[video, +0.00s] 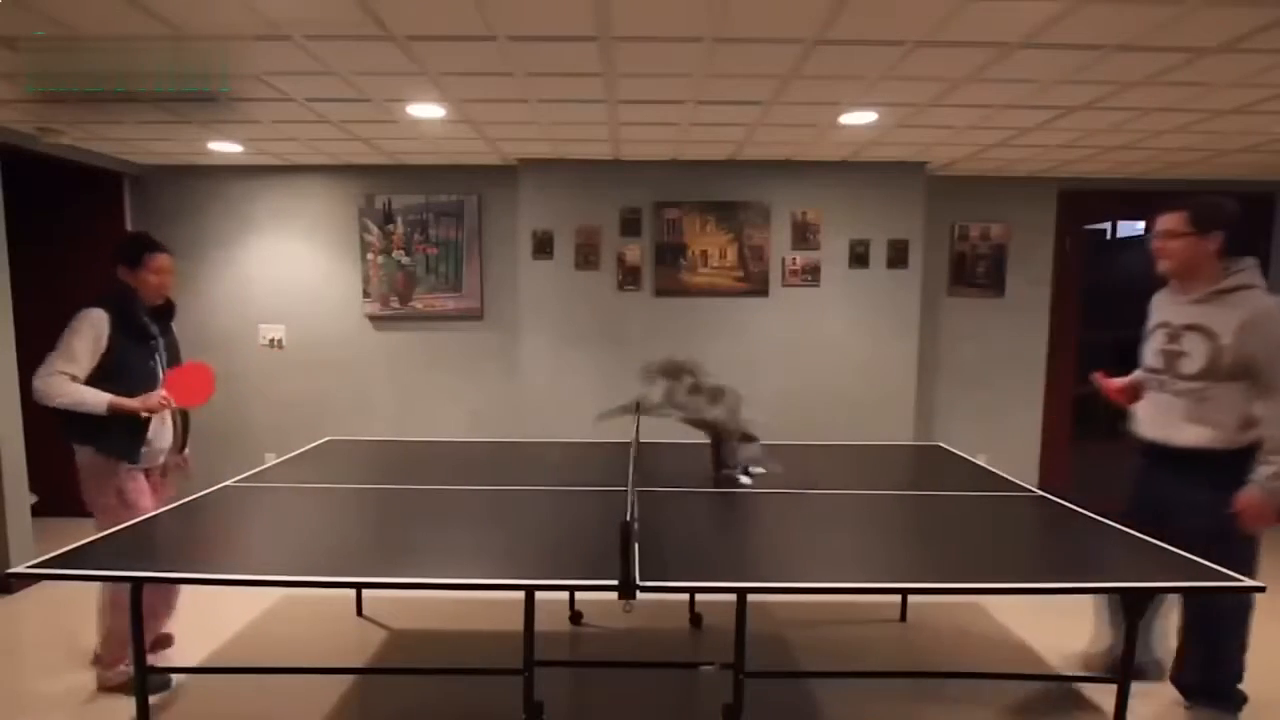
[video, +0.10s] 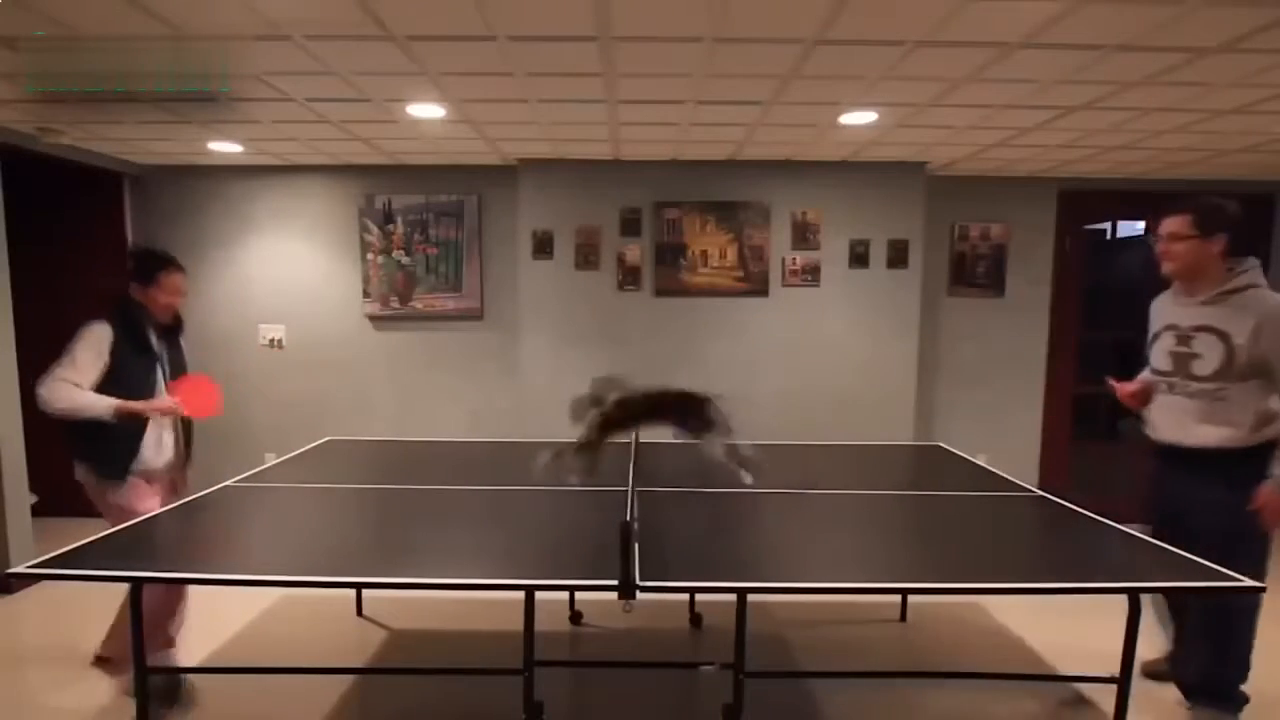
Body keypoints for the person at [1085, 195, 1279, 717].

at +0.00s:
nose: (1157, 246)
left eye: (1170, 236)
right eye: (1156, 236)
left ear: (1211, 242)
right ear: (1156, 243)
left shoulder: (1258, 309)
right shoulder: (1162, 302)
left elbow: (1276, 402)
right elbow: (1167, 371)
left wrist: (1267, 480)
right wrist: (1132, 384)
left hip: (1222, 466)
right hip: (1158, 458)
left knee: (1218, 589)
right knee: (1136, 563)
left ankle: (1212, 698)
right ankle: (1130, 654)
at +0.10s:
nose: (1162, 249)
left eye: (1175, 240)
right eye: (1160, 240)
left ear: (1215, 246)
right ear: (1160, 246)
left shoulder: (1263, 307)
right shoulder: (1162, 306)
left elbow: (1278, 396)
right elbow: (1163, 370)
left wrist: (1276, 478)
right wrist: (1140, 387)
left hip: (1240, 464)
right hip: (1174, 459)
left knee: (1231, 582)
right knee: (1175, 566)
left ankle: (1219, 694)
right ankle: (1187, 654)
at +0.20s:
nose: (1155, 256)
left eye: (1168, 246)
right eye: (1152, 247)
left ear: (1207, 251)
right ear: (1152, 253)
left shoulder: (1264, 310)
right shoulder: (1157, 314)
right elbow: (1163, 370)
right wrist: (1143, 394)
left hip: (1251, 464)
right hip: (1186, 461)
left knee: (1240, 580)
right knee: (1185, 568)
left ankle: (1221, 694)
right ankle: (1191, 658)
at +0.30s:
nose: (1157, 255)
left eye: (1169, 245)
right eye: (1154, 246)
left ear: (1208, 250)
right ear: (1156, 253)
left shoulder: (1264, 305)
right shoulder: (1159, 314)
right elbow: (1166, 369)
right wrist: (1144, 392)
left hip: (1253, 457)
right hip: (1189, 457)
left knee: (1248, 573)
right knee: (1189, 563)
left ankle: (1242, 686)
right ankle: (1195, 656)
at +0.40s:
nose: (1171, 251)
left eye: (1183, 241)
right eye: (1169, 242)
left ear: (1222, 247)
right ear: (1169, 251)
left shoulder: (1268, 302)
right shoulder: (1168, 314)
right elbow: (1173, 373)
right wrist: (1149, 391)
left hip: (1259, 454)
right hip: (1195, 456)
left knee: (1267, 570)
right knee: (1196, 560)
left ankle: (1270, 684)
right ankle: (1198, 659)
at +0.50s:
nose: (1190, 247)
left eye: (1203, 237)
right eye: (1189, 238)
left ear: (1243, 243)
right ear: (1186, 246)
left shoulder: (1272, 295)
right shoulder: (1181, 311)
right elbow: (1178, 371)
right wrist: (1154, 388)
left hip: (1263, 456)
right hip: (1199, 457)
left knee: (1273, 572)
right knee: (1201, 562)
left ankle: (1279, 675)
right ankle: (1199, 660)